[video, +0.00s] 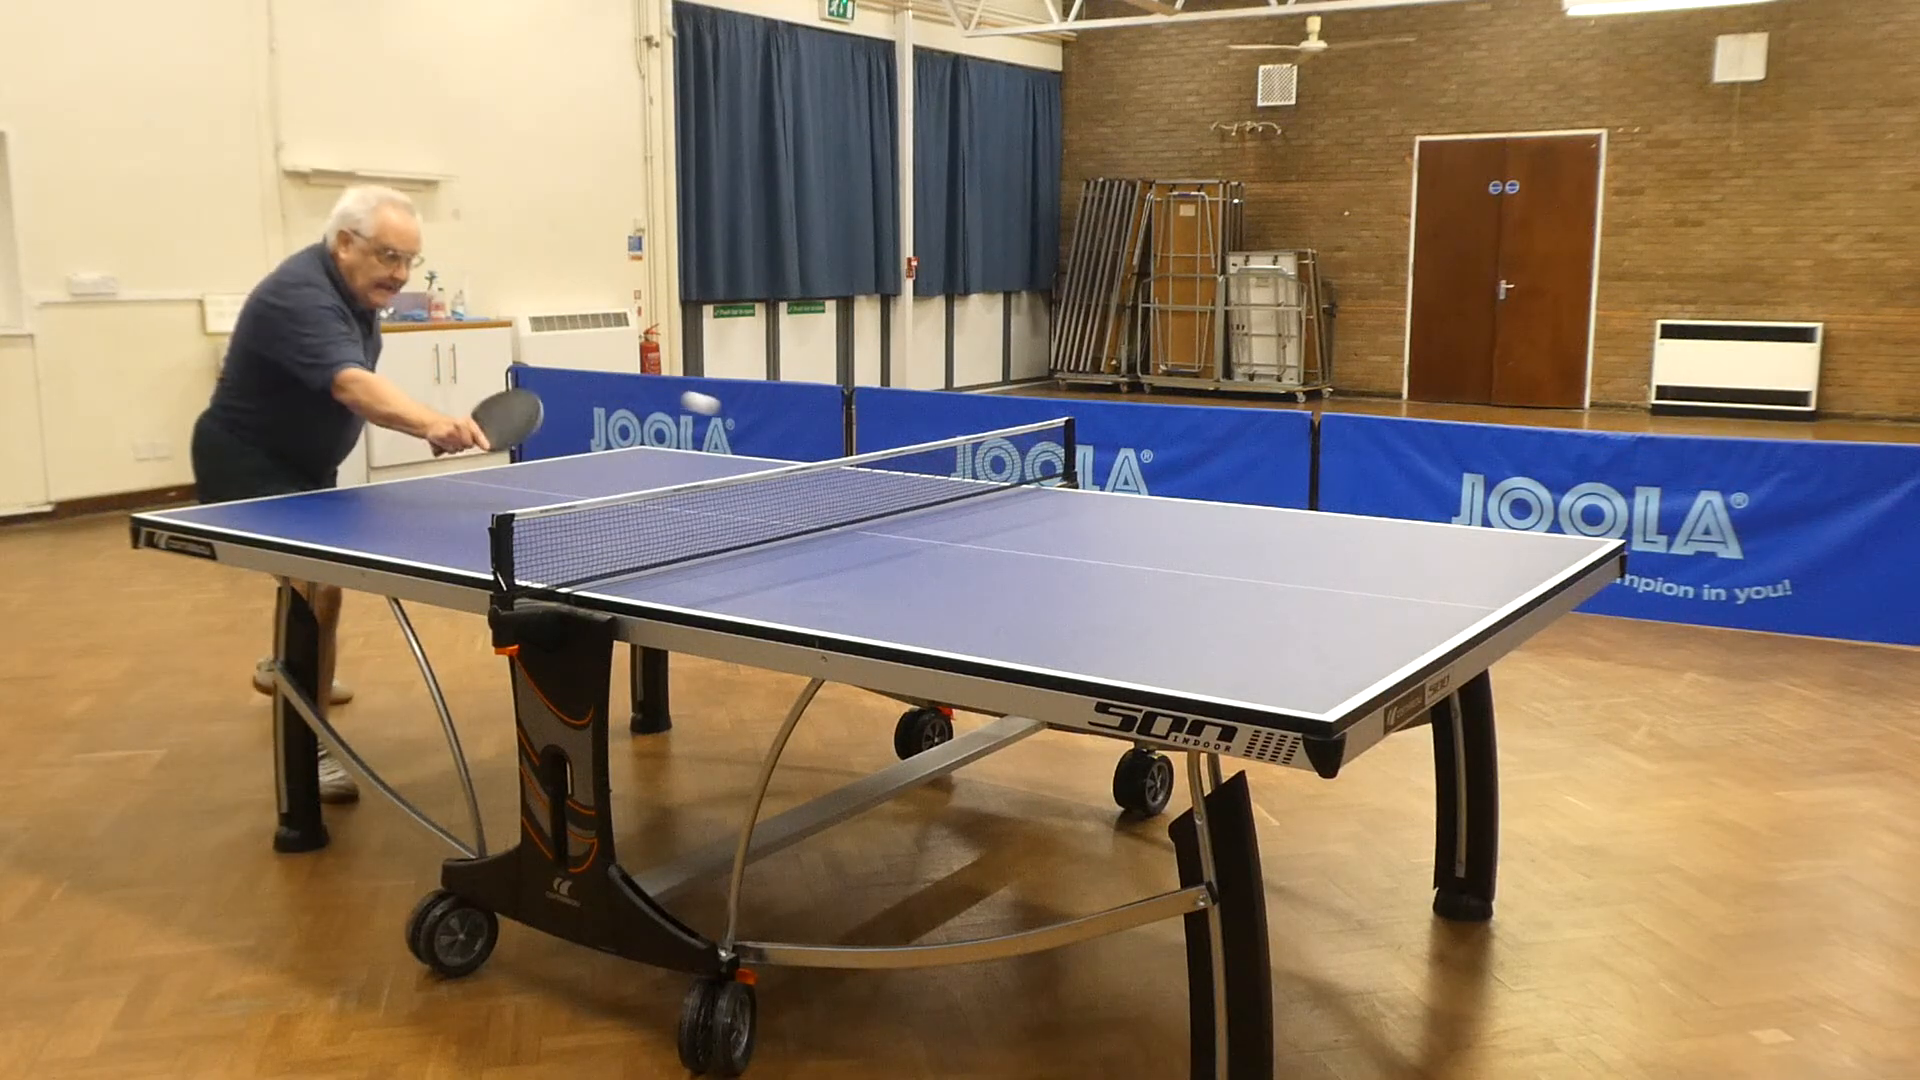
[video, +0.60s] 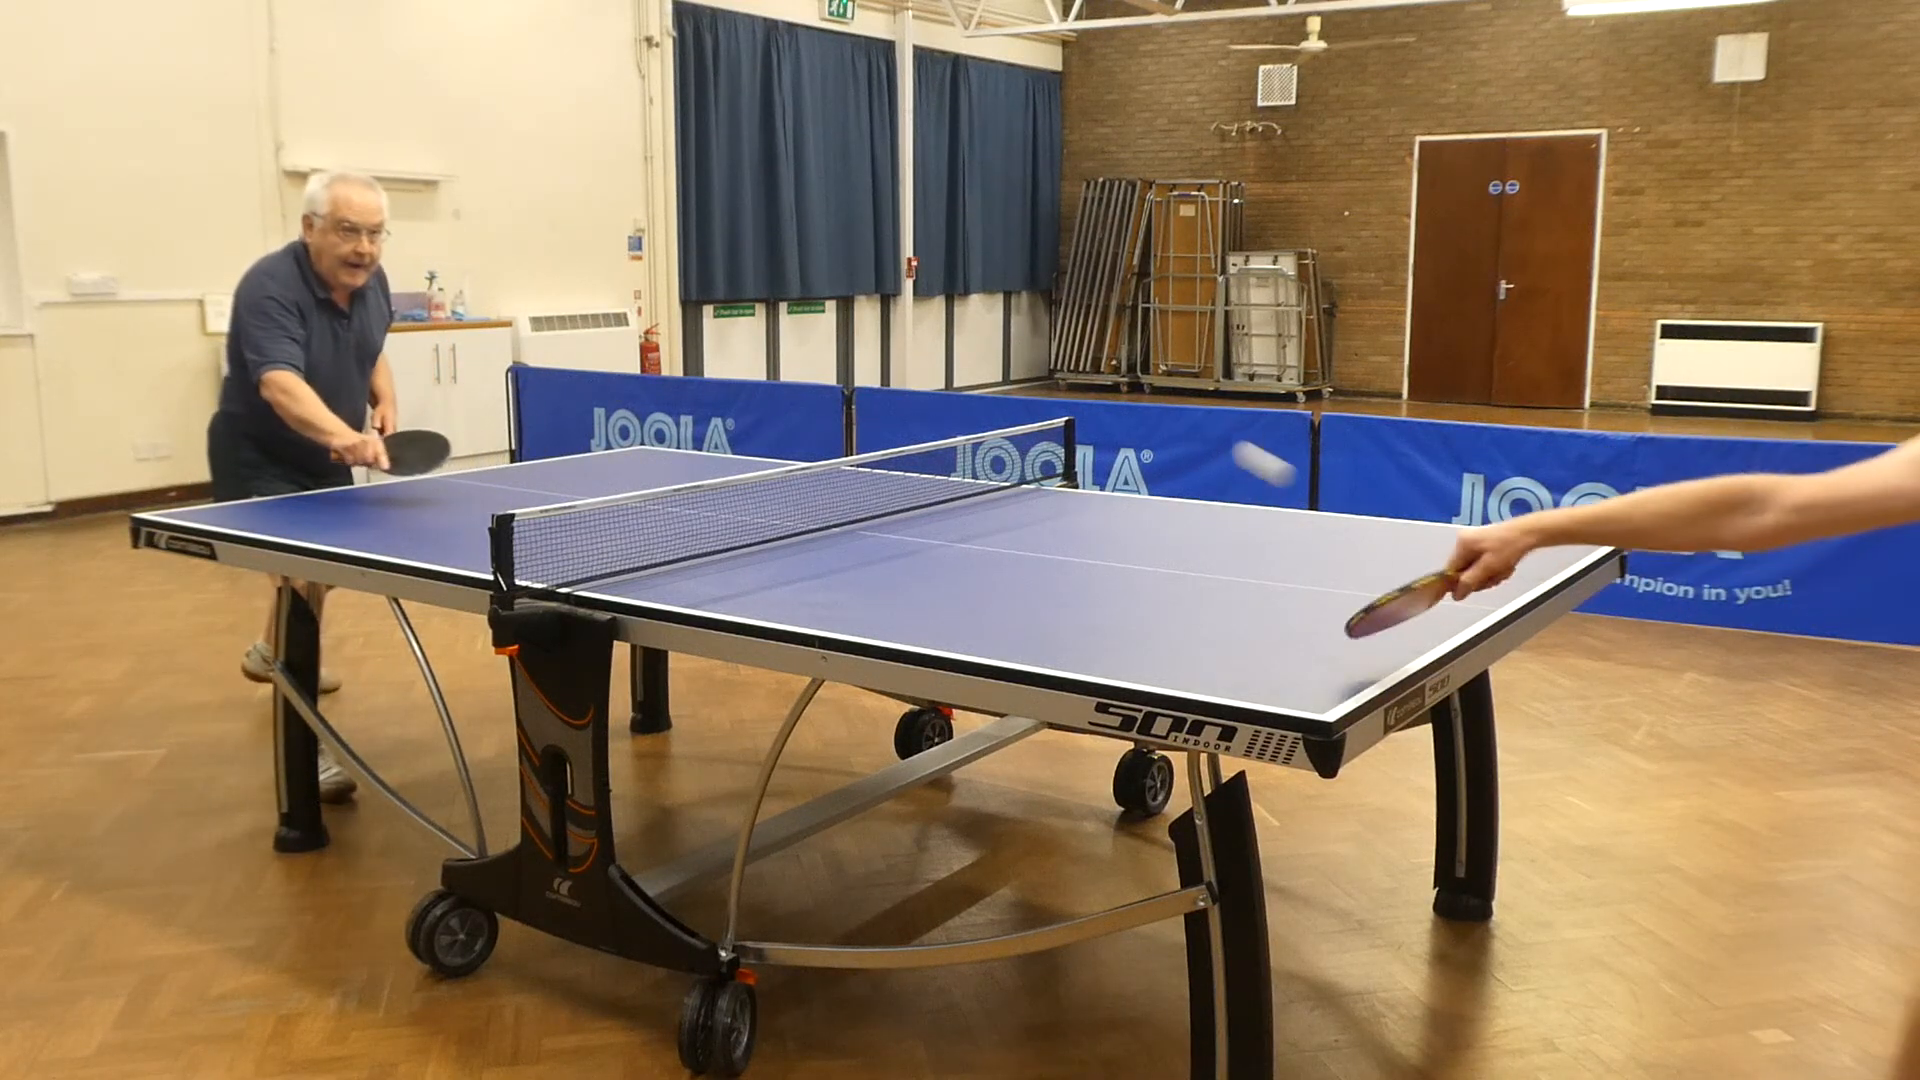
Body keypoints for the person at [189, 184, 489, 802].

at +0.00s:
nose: (400, 275)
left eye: (409, 261)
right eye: (388, 257)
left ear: (414, 256)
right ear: (344, 243)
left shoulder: (352, 292)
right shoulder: (300, 296)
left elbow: (356, 383)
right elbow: (353, 386)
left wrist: (420, 424)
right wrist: (432, 424)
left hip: (304, 461)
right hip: (246, 462)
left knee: (324, 573)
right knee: (321, 587)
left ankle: (293, 667)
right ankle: (312, 749)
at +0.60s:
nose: (364, 248)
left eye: (375, 234)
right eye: (349, 233)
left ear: (384, 234)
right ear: (309, 228)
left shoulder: (371, 285)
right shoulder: (270, 285)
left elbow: (371, 353)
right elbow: (278, 384)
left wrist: (385, 401)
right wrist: (340, 434)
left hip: (327, 460)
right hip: (259, 459)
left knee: (326, 554)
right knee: (308, 569)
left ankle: (274, 650)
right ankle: (312, 752)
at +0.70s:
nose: (359, 247)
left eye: (370, 233)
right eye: (343, 232)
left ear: (378, 233)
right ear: (305, 231)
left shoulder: (372, 283)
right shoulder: (271, 285)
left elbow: (379, 354)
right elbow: (270, 380)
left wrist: (389, 401)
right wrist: (328, 429)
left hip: (339, 458)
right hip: (268, 459)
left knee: (361, 553)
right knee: (312, 570)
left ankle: (280, 656)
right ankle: (309, 745)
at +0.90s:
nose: (379, 255)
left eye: (389, 242)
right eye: (365, 239)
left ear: (396, 240)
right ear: (326, 233)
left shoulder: (376, 284)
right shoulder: (289, 285)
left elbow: (375, 360)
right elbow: (301, 384)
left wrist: (403, 420)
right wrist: (390, 435)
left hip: (348, 450)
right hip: (284, 450)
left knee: (325, 555)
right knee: (350, 561)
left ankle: (277, 657)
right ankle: (326, 705)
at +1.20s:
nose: (471, 278)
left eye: (477, 265)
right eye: (463, 262)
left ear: (423, 254)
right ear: (418, 251)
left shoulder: (403, 286)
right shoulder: (385, 300)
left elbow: (380, 363)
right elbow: (458, 396)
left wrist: (424, 397)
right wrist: (556, 399)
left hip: (340, 452)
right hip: (315, 457)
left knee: (324, 557)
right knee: (410, 574)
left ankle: (271, 653)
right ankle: (437, 720)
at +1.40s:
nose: (507, 274)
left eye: (511, 261)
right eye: (497, 258)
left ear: (453, 252)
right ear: (454, 252)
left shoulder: (404, 271)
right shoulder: (448, 312)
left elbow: (349, 310)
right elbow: (537, 378)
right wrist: (639, 404)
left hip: (314, 447)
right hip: (358, 465)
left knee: (339, 557)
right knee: (446, 570)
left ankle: (278, 654)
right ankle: (446, 723)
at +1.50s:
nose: (504, 266)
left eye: (512, 253)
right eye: (495, 248)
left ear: (452, 242)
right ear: (450, 239)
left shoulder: (421, 271)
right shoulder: (426, 295)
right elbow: (504, 386)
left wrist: (494, 379)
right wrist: (607, 416)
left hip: (339, 441)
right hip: (348, 451)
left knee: (348, 551)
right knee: (445, 570)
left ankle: (273, 649)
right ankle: (446, 723)